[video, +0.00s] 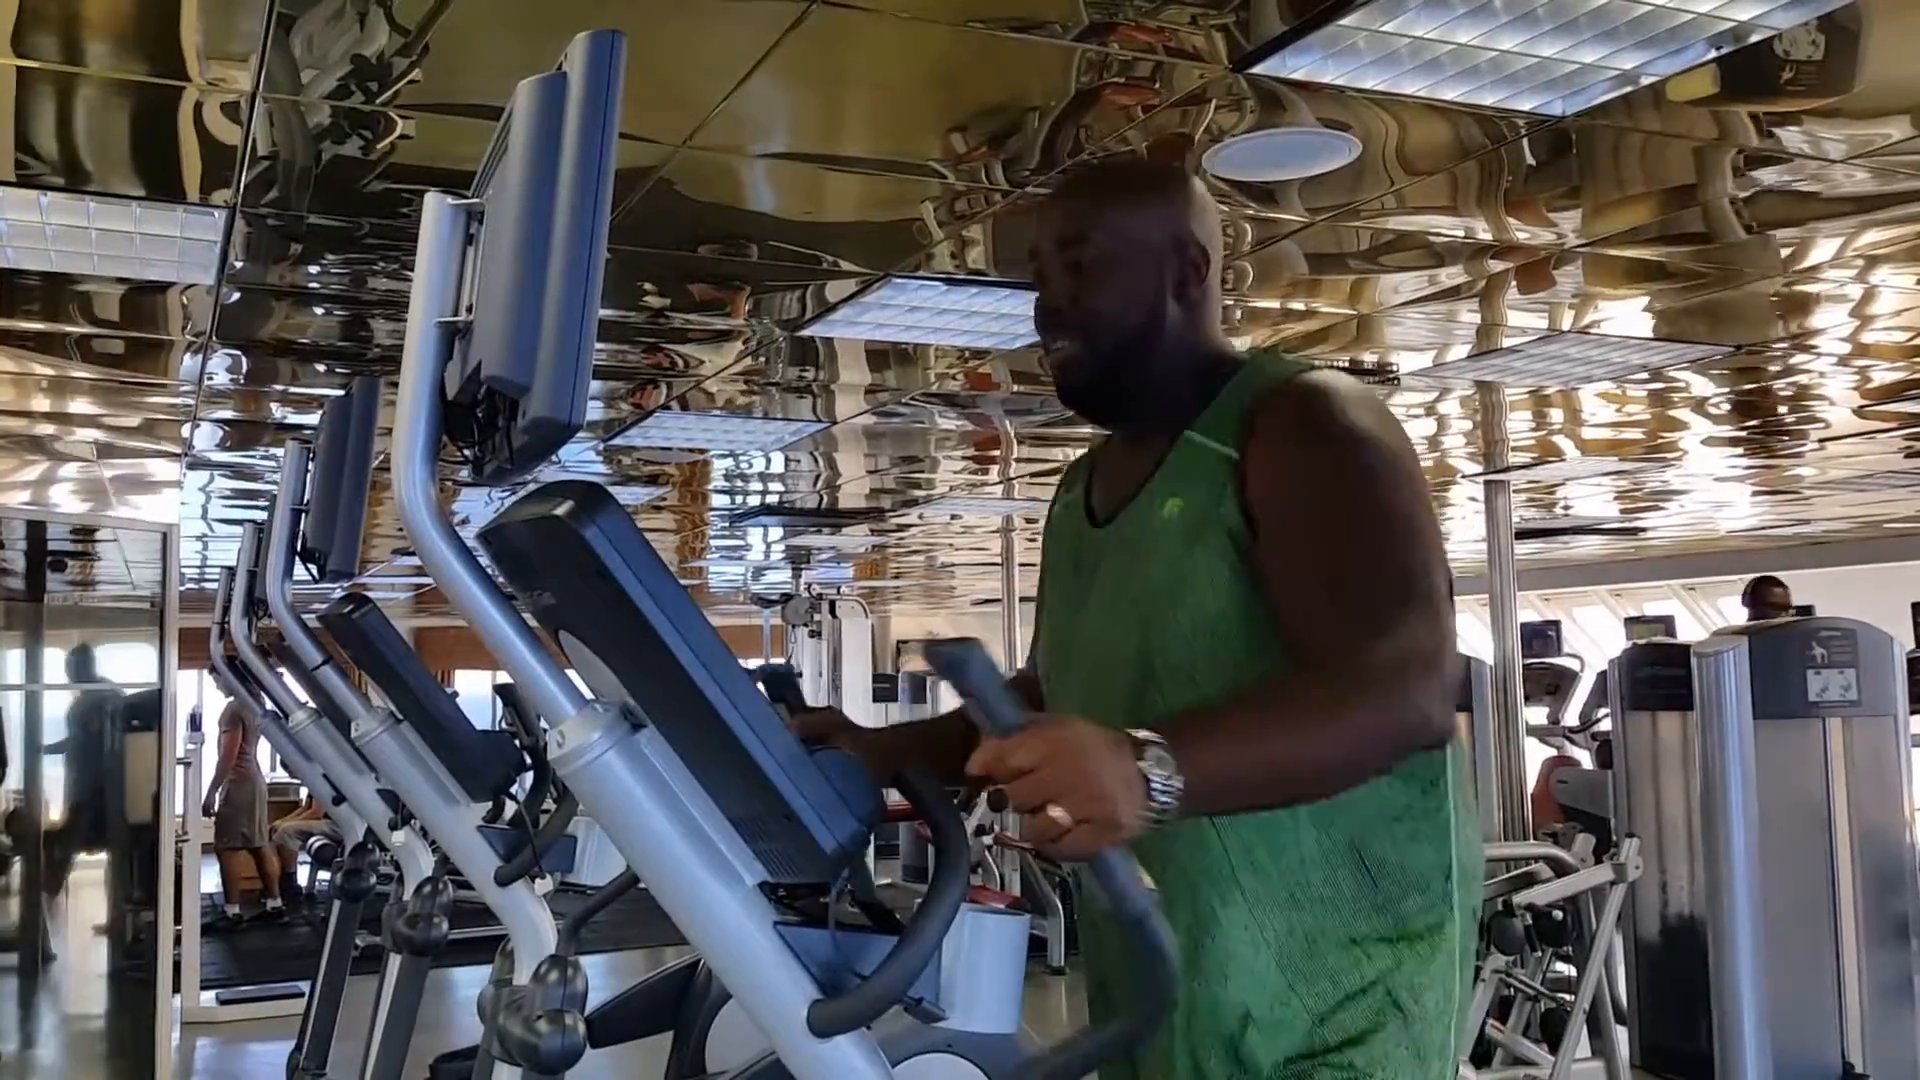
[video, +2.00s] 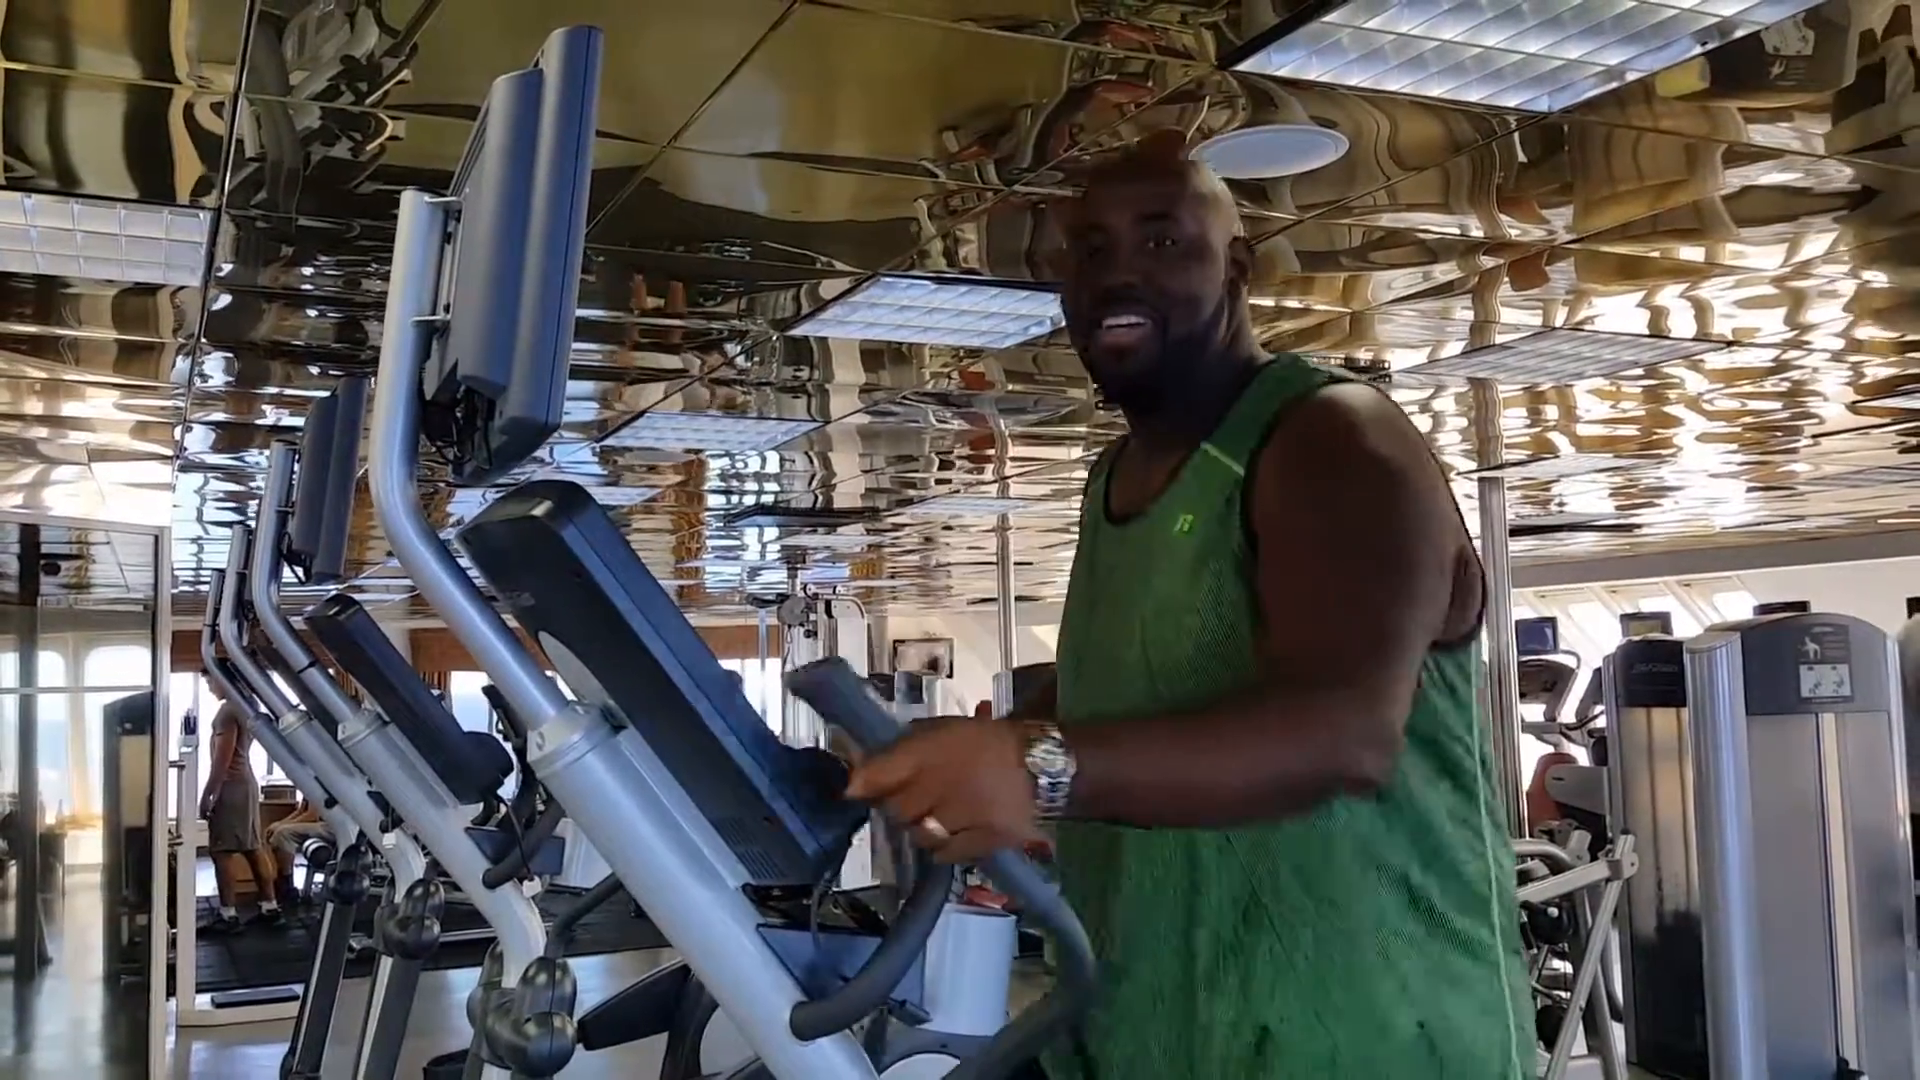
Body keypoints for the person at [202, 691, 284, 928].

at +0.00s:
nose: (214, 683)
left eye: (216, 677)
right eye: (213, 678)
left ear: (229, 676)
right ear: (236, 676)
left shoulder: (234, 709)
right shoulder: (254, 705)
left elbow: (228, 758)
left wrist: (211, 793)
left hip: (238, 783)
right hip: (256, 781)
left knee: (226, 847)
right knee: (260, 844)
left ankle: (232, 909)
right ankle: (275, 903)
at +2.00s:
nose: (208, 686)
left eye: (210, 680)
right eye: (207, 681)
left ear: (223, 679)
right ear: (229, 681)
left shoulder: (228, 712)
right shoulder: (244, 708)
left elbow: (223, 761)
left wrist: (207, 795)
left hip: (230, 787)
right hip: (247, 784)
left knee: (222, 851)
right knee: (254, 847)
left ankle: (228, 912)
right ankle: (270, 907)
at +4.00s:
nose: (211, 680)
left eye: (214, 671)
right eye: (210, 672)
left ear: (229, 675)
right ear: (236, 676)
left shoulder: (235, 708)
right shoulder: (250, 706)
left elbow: (231, 755)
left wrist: (218, 790)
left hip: (237, 783)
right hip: (253, 782)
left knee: (229, 849)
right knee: (259, 845)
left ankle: (232, 912)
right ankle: (274, 906)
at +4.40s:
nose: (210, 685)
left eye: (212, 677)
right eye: (208, 679)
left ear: (227, 677)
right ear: (234, 678)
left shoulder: (229, 710)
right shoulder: (248, 706)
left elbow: (226, 758)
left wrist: (209, 793)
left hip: (235, 785)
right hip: (252, 783)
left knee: (228, 849)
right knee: (258, 845)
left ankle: (234, 911)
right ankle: (276, 905)